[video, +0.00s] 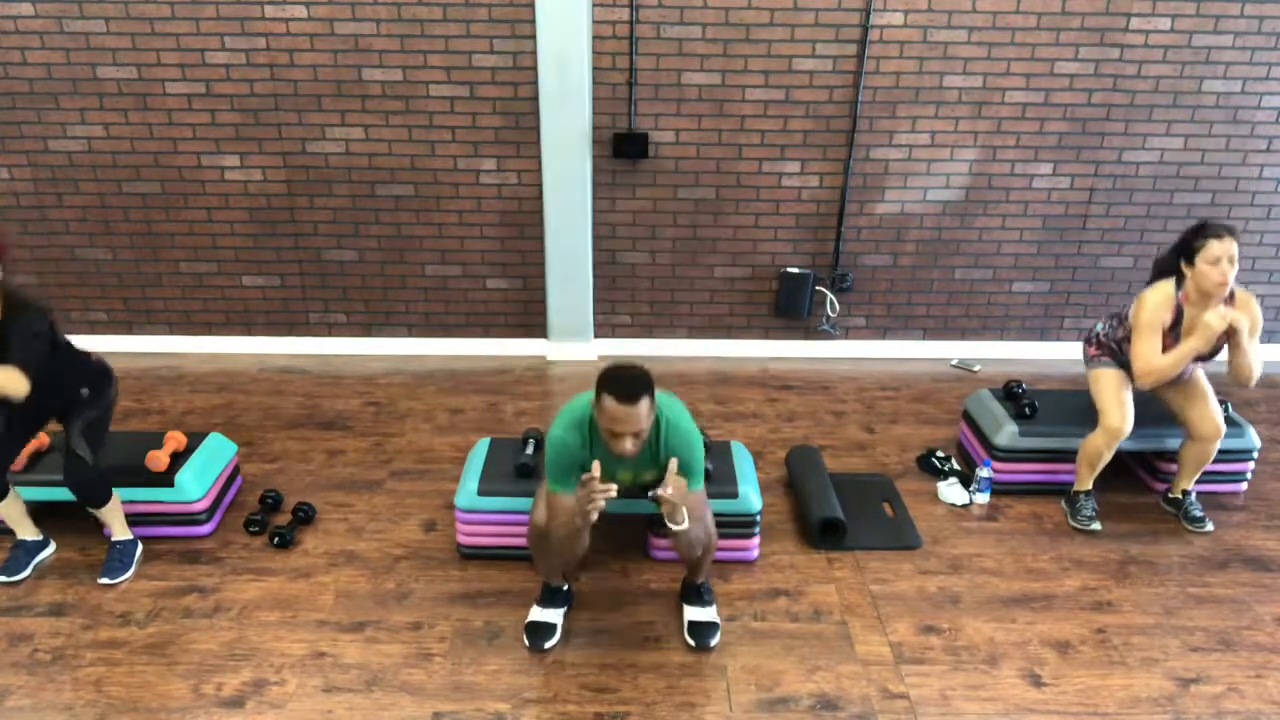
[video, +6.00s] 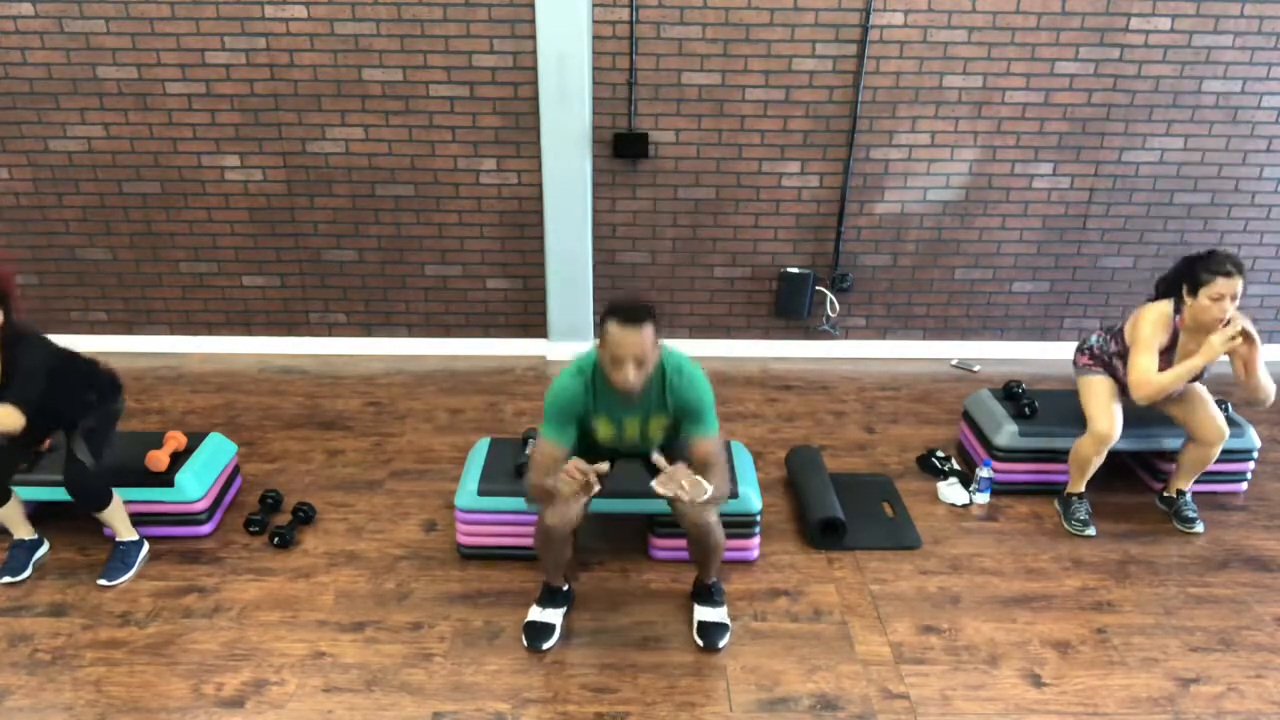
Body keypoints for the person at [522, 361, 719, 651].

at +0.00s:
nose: (626, 447)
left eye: (637, 435)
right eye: (614, 435)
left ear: (653, 416)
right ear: (597, 417)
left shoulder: (680, 432)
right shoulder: (566, 435)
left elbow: (696, 551)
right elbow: (558, 558)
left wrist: (678, 517)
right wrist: (581, 521)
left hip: (659, 473)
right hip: (590, 471)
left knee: (702, 531)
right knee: (544, 524)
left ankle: (697, 587)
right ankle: (554, 590)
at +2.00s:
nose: (624, 437)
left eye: (636, 423)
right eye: (612, 424)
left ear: (652, 404)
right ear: (594, 407)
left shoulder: (679, 423)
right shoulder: (566, 430)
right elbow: (549, 545)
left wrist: (689, 498)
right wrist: (569, 507)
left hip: (660, 471)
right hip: (588, 471)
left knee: (702, 533)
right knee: (543, 537)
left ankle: (702, 589)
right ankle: (553, 592)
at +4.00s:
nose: (622, 416)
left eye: (634, 402)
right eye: (609, 402)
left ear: (651, 388)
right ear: (592, 391)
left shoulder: (678, 415)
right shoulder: (564, 420)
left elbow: (707, 515)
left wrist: (694, 494)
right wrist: (553, 500)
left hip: (659, 474)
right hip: (587, 474)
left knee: (703, 531)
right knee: (542, 543)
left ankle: (702, 591)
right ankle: (553, 593)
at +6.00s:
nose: (629, 377)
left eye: (640, 363)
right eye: (616, 363)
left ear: (658, 349)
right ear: (600, 349)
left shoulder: (687, 380)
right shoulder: (571, 386)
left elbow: (718, 477)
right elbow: (536, 482)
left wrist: (697, 489)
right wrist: (558, 485)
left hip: (667, 458)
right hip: (594, 458)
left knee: (703, 519)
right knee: (555, 520)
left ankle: (708, 590)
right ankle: (553, 592)